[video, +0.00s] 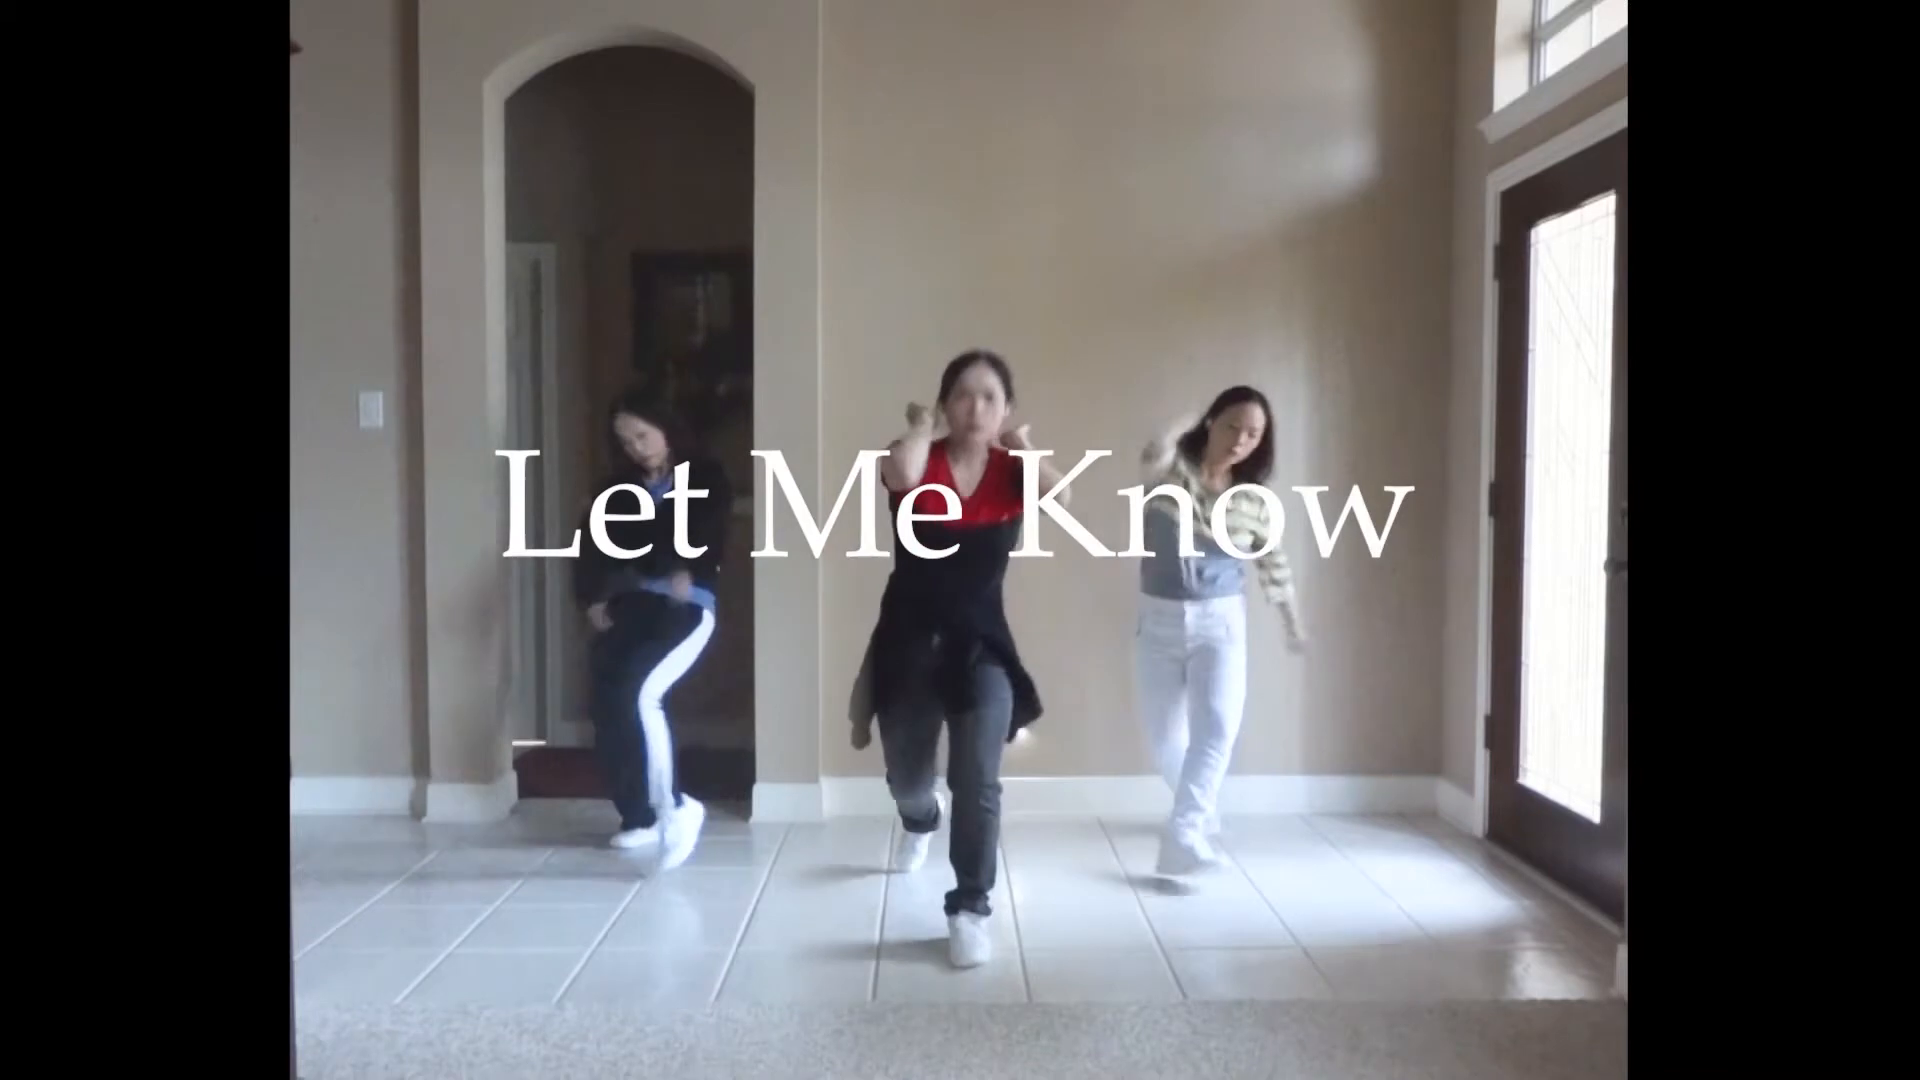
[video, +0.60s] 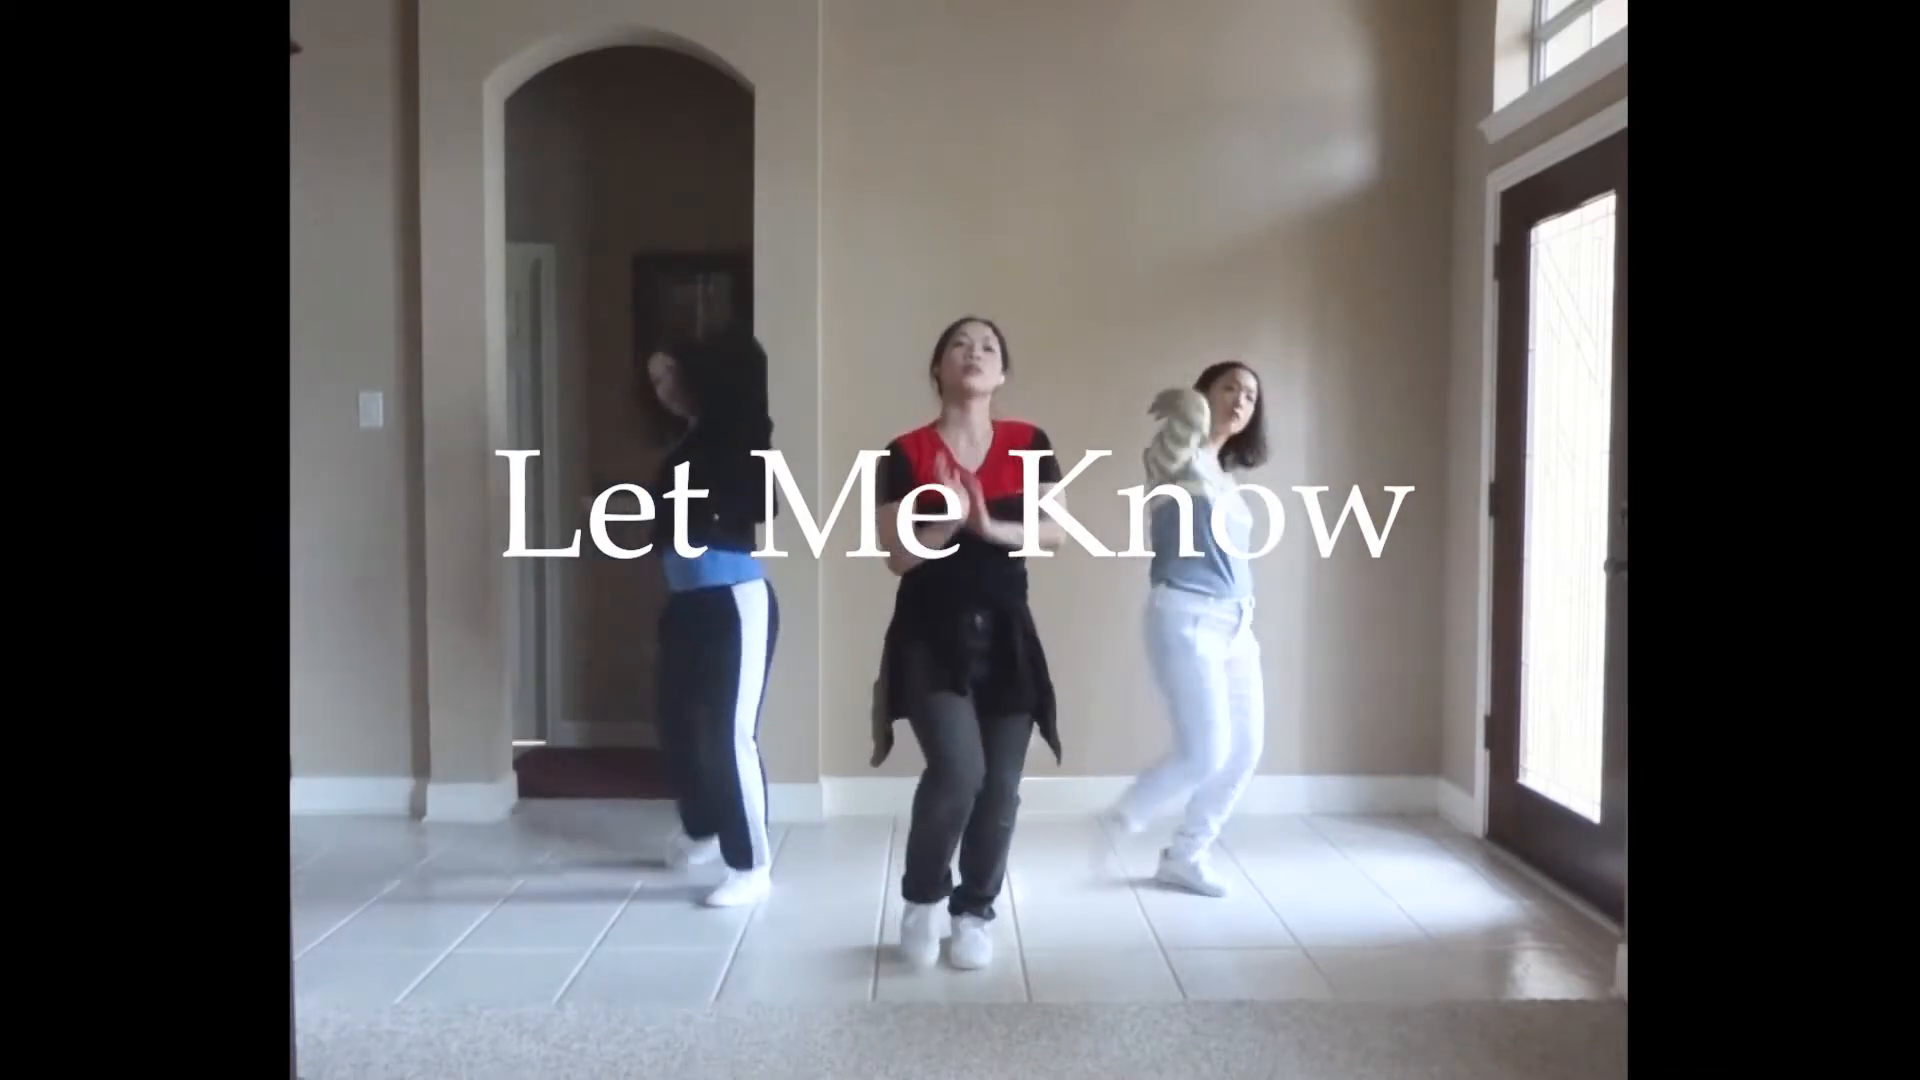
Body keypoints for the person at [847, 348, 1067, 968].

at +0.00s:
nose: (975, 406)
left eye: (989, 397)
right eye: (965, 395)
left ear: (1006, 411)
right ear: (944, 407)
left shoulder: (1014, 471)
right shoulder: (915, 462)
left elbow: (1048, 483)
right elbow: (900, 471)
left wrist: (1020, 445)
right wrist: (922, 430)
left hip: (980, 639)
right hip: (909, 638)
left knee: (977, 778)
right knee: (908, 779)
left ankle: (971, 907)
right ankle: (921, 823)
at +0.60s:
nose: (974, 353)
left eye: (988, 347)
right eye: (961, 345)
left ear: (1003, 374)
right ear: (937, 369)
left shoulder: (1027, 444)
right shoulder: (905, 453)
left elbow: (1056, 533)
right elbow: (896, 556)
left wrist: (990, 527)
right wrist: (932, 531)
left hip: (1006, 629)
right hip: (929, 630)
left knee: (1001, 783)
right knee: (959, 773)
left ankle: (976, 913)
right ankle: (924, 898)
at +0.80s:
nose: (973, 351)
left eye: (986, 346)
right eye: (959, 343)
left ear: (999, 373)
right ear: (933, 367)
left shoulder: (1025, 440)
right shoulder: (907, 450)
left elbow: (1050, 531)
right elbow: (902, 544)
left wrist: (1041, 604)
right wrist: (953, 589)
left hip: (1011, 626)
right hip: (936, 629)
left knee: (1000, 786)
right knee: (964, 779)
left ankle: (975, 914)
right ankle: (928, 906)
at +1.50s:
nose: (970, 382)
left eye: (984, 372)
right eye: (957, 370)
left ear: (1001, 384)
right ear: (936, 379)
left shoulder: (1015, 467)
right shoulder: (908, 442)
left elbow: (1038, 558)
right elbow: (852, 410)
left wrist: (1085, 619)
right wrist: (836, 396)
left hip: (1017, 643)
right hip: (944, 644)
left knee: (1015, 789)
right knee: (991, 784)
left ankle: (976, 917)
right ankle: (922, 907)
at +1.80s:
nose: (971, 392)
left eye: (984, 381)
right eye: (959, 380)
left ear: (1004, 389)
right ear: (941, 385)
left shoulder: (1021, 469)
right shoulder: (913, 444)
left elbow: (1044, 563)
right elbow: (842, 371)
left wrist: (1066, 645)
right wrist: (784, 302)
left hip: (1015, 646)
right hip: (942, 648)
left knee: (1010, 791)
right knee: (978, 787)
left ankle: (976, 915)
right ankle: (919, 907)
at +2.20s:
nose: (973, 370)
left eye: (987, 359)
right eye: (962, 358)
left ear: (1006, 368)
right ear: (939, 365)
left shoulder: (1032, 437)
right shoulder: (908, 431)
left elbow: (1061, 516)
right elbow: (826, 422)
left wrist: (1087, 586)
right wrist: (840, 349)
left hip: (998, 626)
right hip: (923, 626)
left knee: (990, 780)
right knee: (919, 778)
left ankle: (975, 908)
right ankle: (927, 860)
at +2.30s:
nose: (969, 366)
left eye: (982, 355)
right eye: (958, 353)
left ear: (1001, 364)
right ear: (935, 360)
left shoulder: (1020, 438)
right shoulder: (902, 421)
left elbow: (1060, 522)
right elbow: (819, 385)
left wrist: (1113, 571)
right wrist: (789, 323)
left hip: (995, 621)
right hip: (920, 619)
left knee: (986, 768)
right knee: (913, 755)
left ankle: (981, 903)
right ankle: (925, 853)